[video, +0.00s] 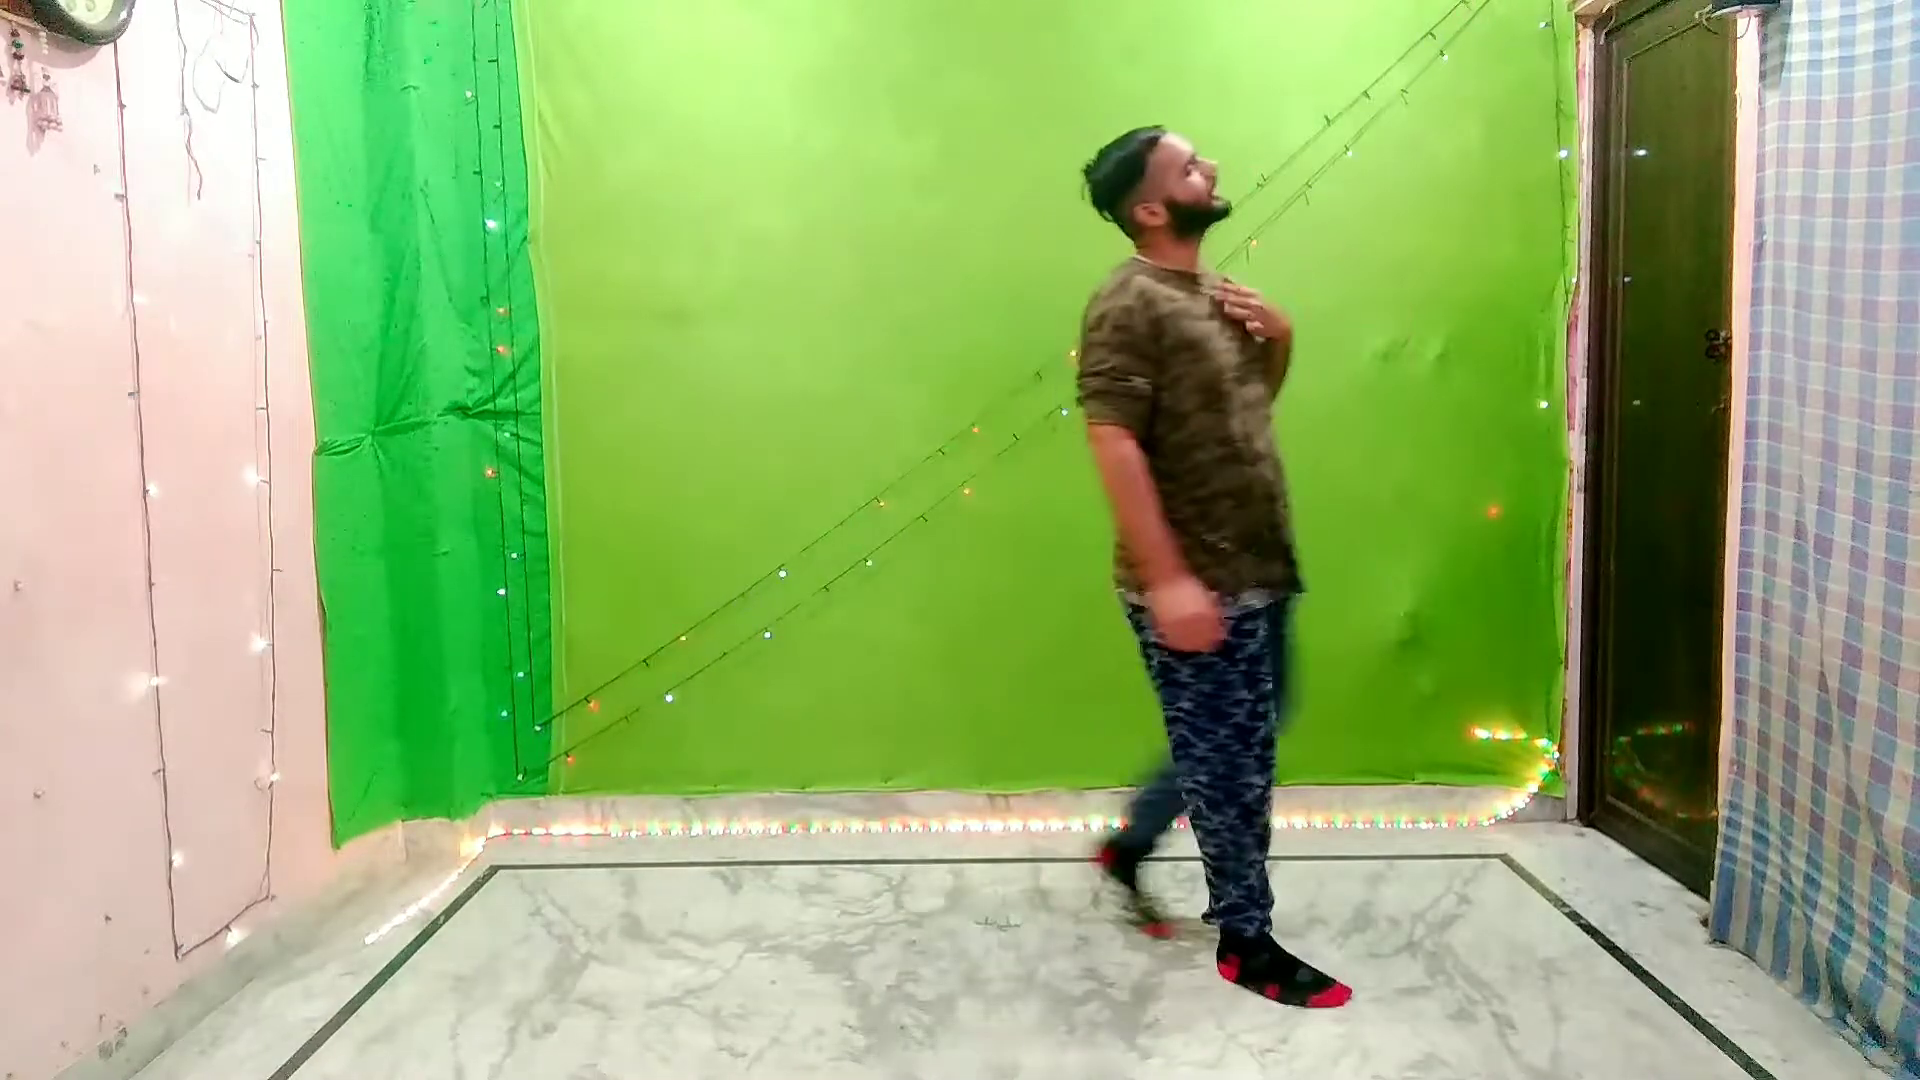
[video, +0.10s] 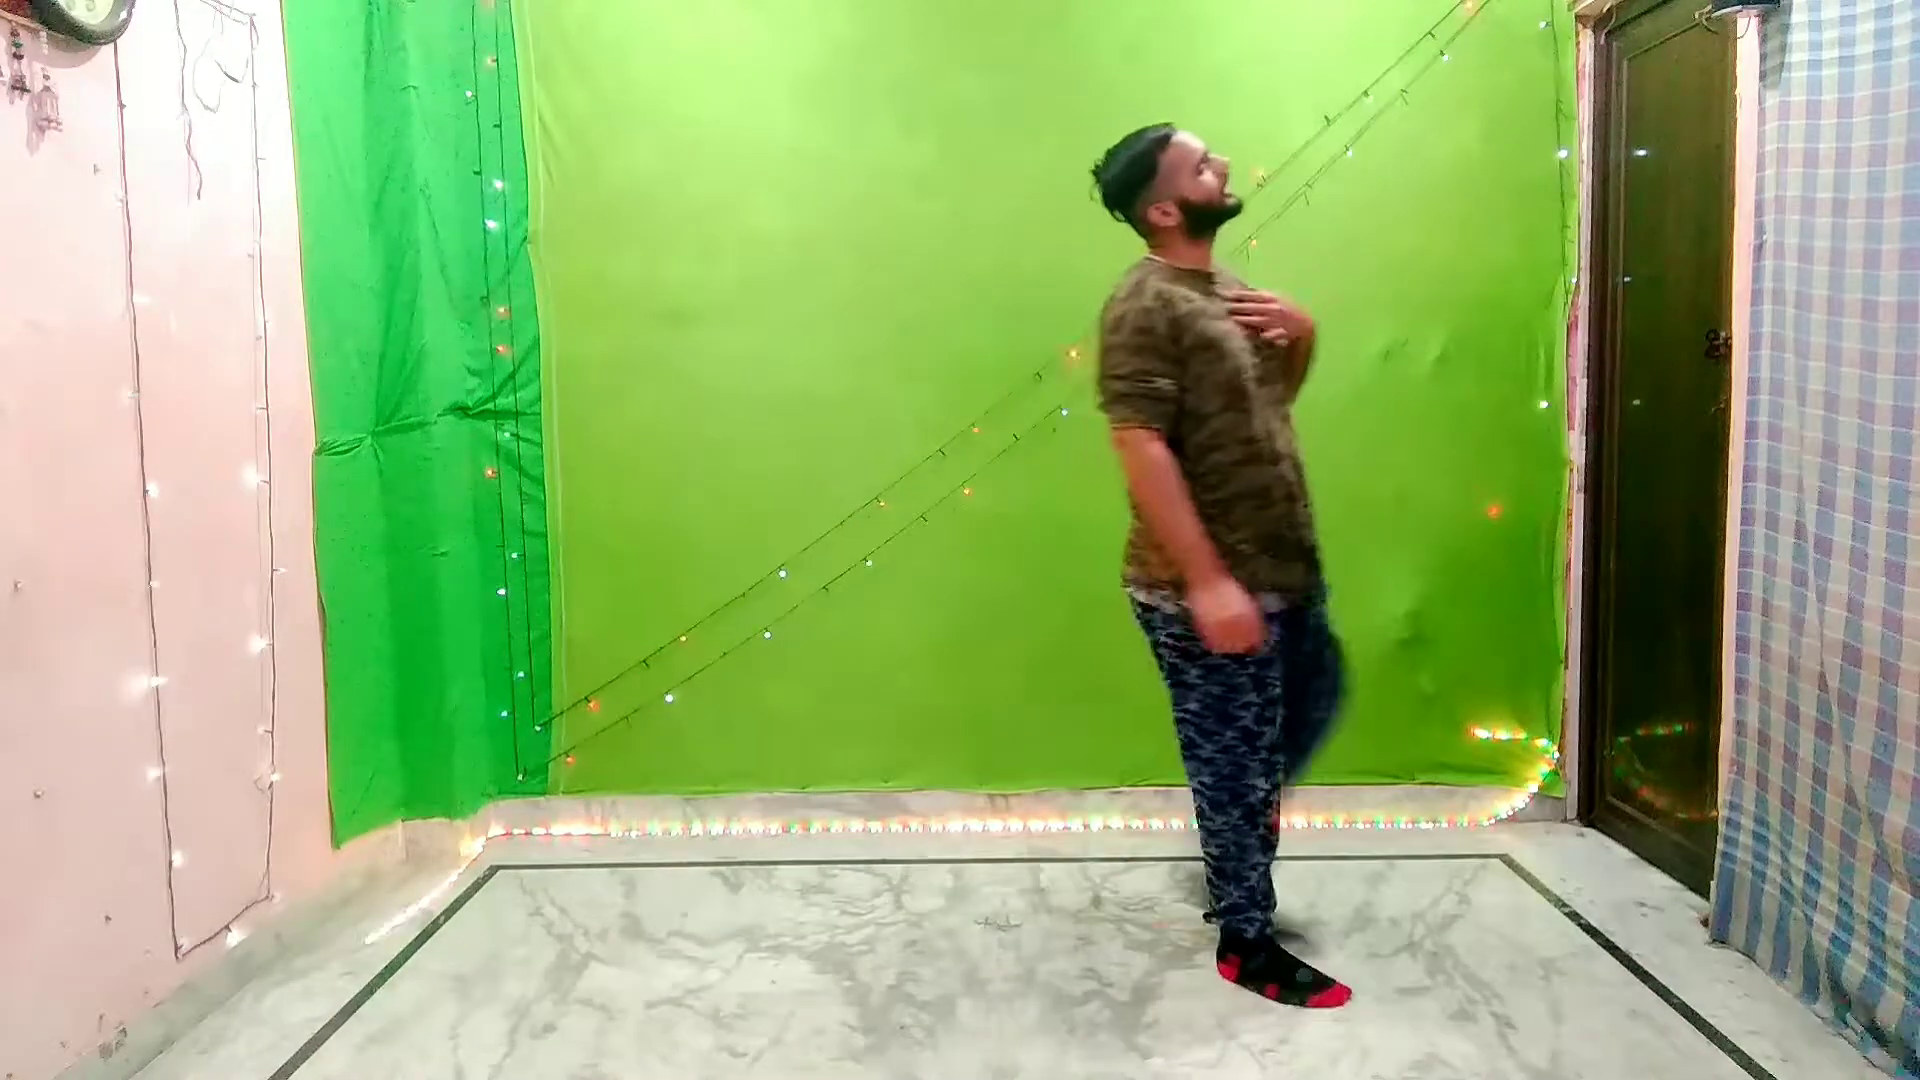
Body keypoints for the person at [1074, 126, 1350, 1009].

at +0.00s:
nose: (1208, 171)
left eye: (1199, 161)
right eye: (1189, 166)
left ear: (1172, 200)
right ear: (1147, 204)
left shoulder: (1213, 294)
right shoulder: (1126, 305)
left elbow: (1243, 408)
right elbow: (1112, 443)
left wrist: (1278, 341)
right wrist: (1166, 578)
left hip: (1259, 571)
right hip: (1194, 583)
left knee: (1246, 736)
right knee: (1226, 766)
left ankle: (1129, 841)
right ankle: (1246, 941)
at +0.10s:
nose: (1219, 166)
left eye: (1209, 156)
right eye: (1201, 163)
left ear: (1183, 200)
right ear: (1164, 204)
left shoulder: (1224, 292)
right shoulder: (1145, 303)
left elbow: (1262, 407)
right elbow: (1139, 444)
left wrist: (1300, 336)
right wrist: (1206, 579)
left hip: (1279, 574)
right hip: (1204, 586)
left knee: (1313, 701)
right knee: (1232, 765)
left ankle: (1236, 830)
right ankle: (1245, 940)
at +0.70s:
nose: (1351, 118)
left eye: (1336, 111)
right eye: (1330, 117)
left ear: (1308, 166)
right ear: (1300, 166)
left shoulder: (1353, 250)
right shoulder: (1315, 257)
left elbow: (1431, 331)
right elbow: (1458, 307)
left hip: (1424, 550)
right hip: (1337, 559)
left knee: (1455, 730)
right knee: (1321, 747)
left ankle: (1460, 894)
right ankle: (1263, 917)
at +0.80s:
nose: (1377, 108)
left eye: (1361, 98)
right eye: (1353, 106)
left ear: (1335, 160)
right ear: (1328, 156)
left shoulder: (1381, 240)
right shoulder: (1343, 240)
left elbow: (1445, 338)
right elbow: (1499, 260)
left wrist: (1498, 262)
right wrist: (1604, 135)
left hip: (1436, 539)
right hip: (1355, 545)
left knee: (1457, 728)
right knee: (1333, 738)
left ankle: (1462, 892)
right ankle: (1272, 911)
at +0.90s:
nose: (1412, 117)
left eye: (1399, 108)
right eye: (1391, 114)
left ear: (1374, 164)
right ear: (1360, 163)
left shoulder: (1414, 258)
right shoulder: (1363, 253)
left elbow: (1480, 331)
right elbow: (1525, 260)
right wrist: (1606, 124)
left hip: (1460, 548)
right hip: (1373, 552)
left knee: (1479, 735)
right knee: (1364, 740)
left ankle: (1448, 910)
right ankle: (1274, 911)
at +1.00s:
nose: (1430, 148)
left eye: (1415, 137)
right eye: (1408, 144)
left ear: (1382, 195)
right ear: (1377, 191)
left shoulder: (1423, 288)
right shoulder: (1369, 291)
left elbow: (1517, 334)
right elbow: (1523, 329)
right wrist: (1581, 178)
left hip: (1463, 566)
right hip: (1382, 571)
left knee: (1487, 745)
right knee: (1393, 750)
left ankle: (1447, 918)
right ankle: (1275, 912)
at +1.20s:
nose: (1436, 164)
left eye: (1423, 153)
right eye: (1417, 161)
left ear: (1382, 210)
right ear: (1381, 209)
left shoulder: (1419, 295)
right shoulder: (1368, 296)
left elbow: (1511, 353)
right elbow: (1514, 356)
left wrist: (1580, 222)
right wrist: (1578, 213)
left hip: (1468, 573)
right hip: (1382, 574)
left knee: (1495, 760)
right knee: (1390, 763)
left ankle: (1448, 918)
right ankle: (1271, 915)